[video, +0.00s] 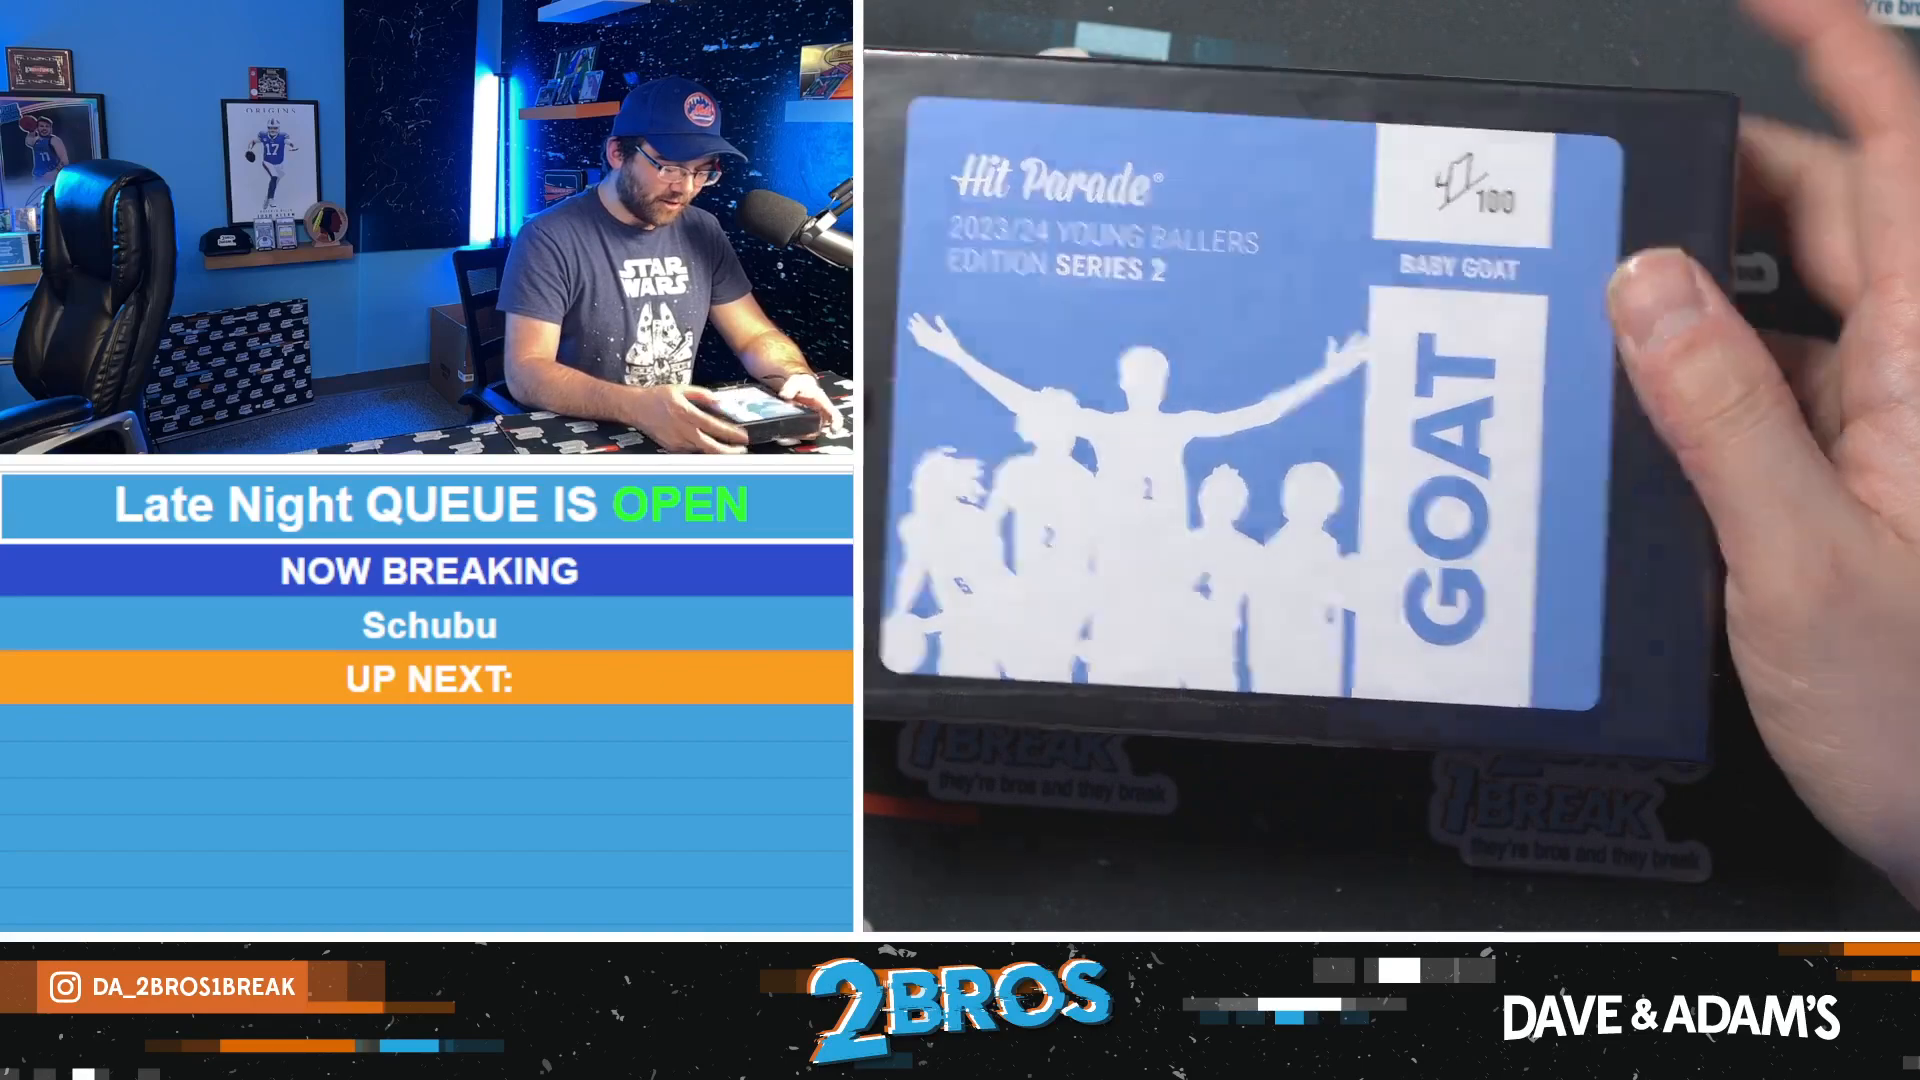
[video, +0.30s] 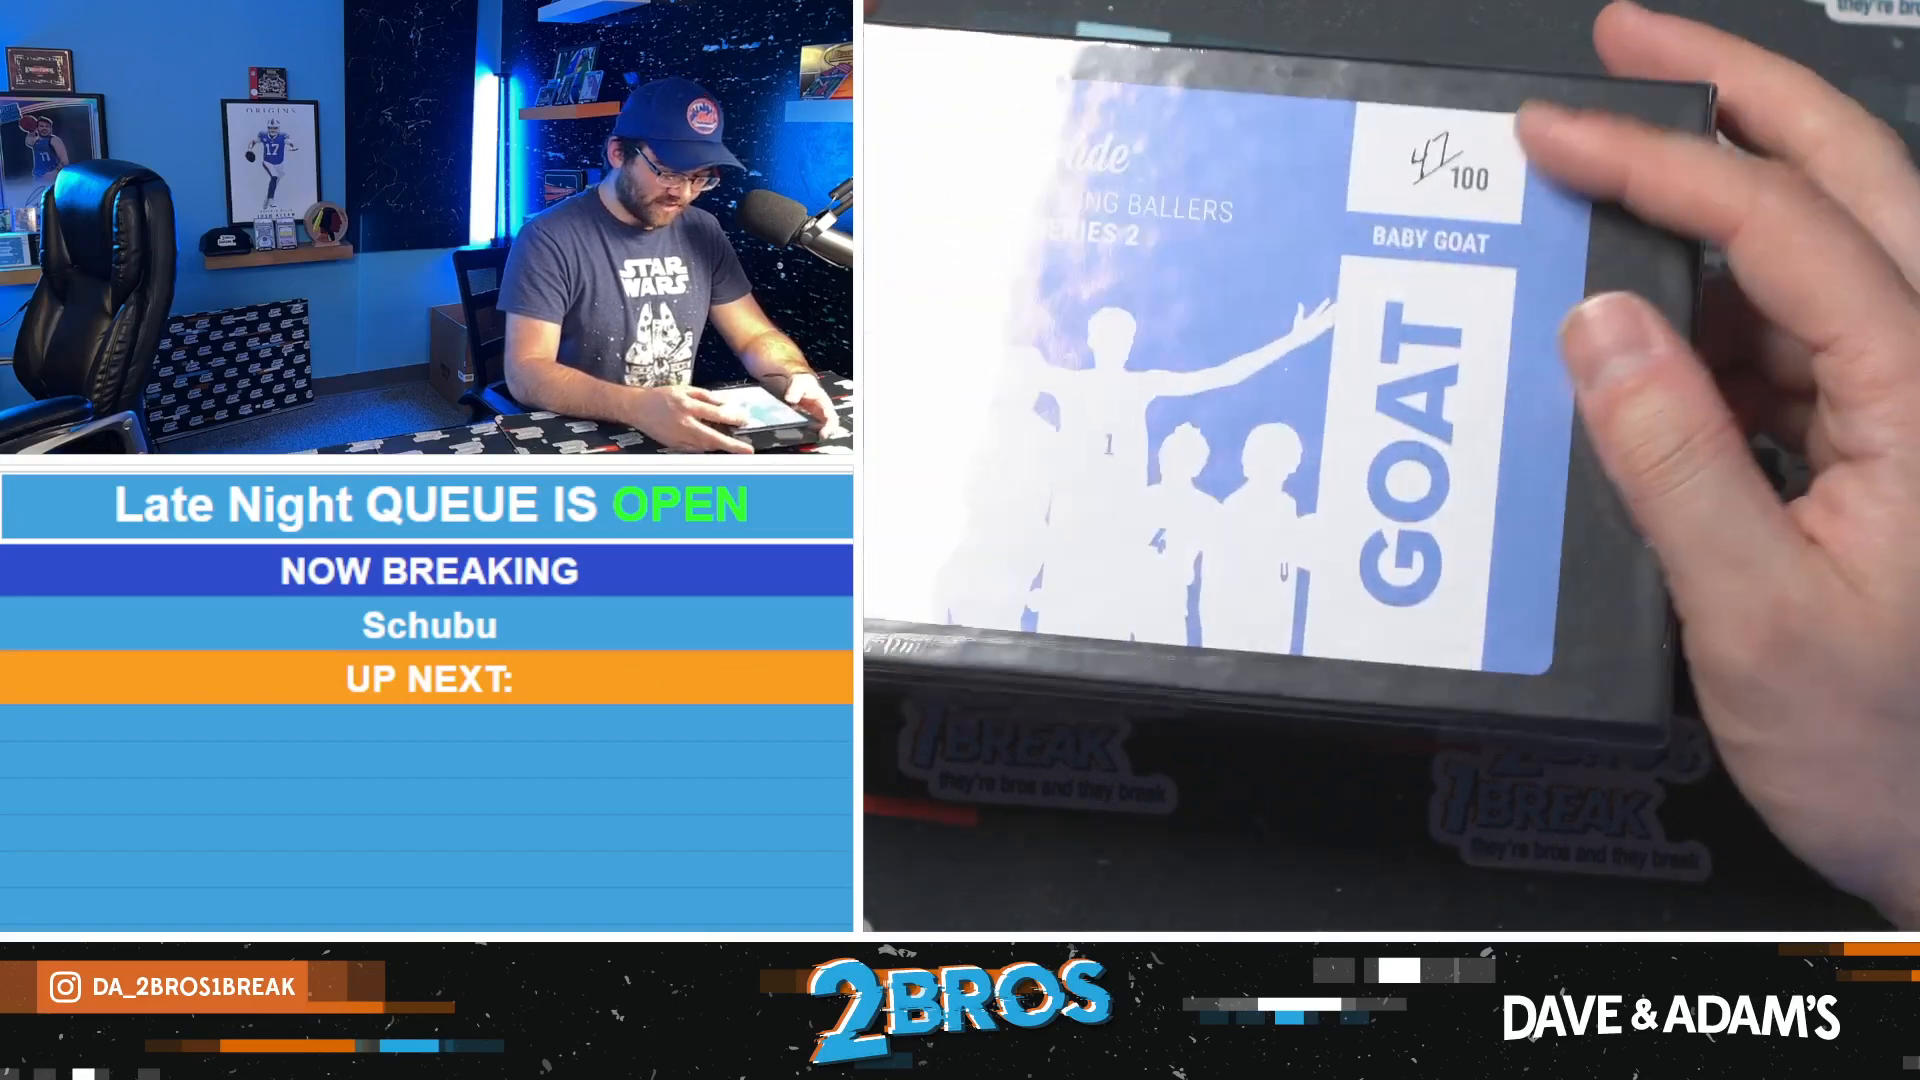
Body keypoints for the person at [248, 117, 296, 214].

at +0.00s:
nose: (273, 130)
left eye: (275, 128)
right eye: (271, 128)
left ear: (278, 128)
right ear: (268, 128)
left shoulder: (283, 136)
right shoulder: (263, 136)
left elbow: (290, 142)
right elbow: (254, 141)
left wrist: (292, 147)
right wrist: (250, 148)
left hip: (279, 164)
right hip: (267, 162)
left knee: (275, 182)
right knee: (274, 176)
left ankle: (267, 200)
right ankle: (270, 199)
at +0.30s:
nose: (273, 130)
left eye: (275, 128)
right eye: (271, 128)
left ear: (278, 128)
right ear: (268, 128)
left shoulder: (283, 136)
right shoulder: (263, 136)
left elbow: (290, 142)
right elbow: (254, 141)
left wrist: (292, 147)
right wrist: (250, 148)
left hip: (279, 164)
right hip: (267, 162)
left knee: (275, 182)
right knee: (274, 176)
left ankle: (267, 200)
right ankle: (270, 199)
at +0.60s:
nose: (273, 130)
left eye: (275, 128)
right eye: (271, 128)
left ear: (278, 128)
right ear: (268, 128)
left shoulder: (283, 136)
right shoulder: (263, 136)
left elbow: (290, 142)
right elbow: (254, 141)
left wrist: (292, 147)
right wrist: (250, 148)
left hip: (279, 164)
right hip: (267, 162)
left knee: (275, 182)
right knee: (274, 176)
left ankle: (267, 200)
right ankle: (270, 199)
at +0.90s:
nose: (273, 130)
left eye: (275, 128)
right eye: (271, 128)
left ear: (278, 128)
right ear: (268, 128)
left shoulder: (283, 136)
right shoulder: (263, 136)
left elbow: (290, 143)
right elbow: (253, 141)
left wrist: (292, 147)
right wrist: (250, 149)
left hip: (279, 164)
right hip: (267, 162)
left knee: (275, 183)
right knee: (274, 176)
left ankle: (267, 200)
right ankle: (271, 199)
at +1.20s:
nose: (273, 130)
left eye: (275, 128)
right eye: (271, 128)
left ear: (278, 128)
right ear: (268, 128)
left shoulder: (283, 136)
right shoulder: (263, 136)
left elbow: (290, 143)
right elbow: (253, 141)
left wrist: (292, 147)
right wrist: (250, 149)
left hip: (279, 164)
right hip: (267, 162)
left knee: (275, 182)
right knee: (274, 176)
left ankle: (267, 200)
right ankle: (270, 199)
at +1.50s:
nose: (273, 130)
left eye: (275, 128)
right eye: (271, 128)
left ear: (278, 128)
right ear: (268, 128)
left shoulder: (283, 136)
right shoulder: (263, 136)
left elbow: (290, 143)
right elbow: (253, 141)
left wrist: (292, 147)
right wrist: (250, 149)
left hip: (279, 164)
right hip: (267, 162)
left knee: (275, 182)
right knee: (274, 176)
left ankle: (267, 200)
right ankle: (270, 199)